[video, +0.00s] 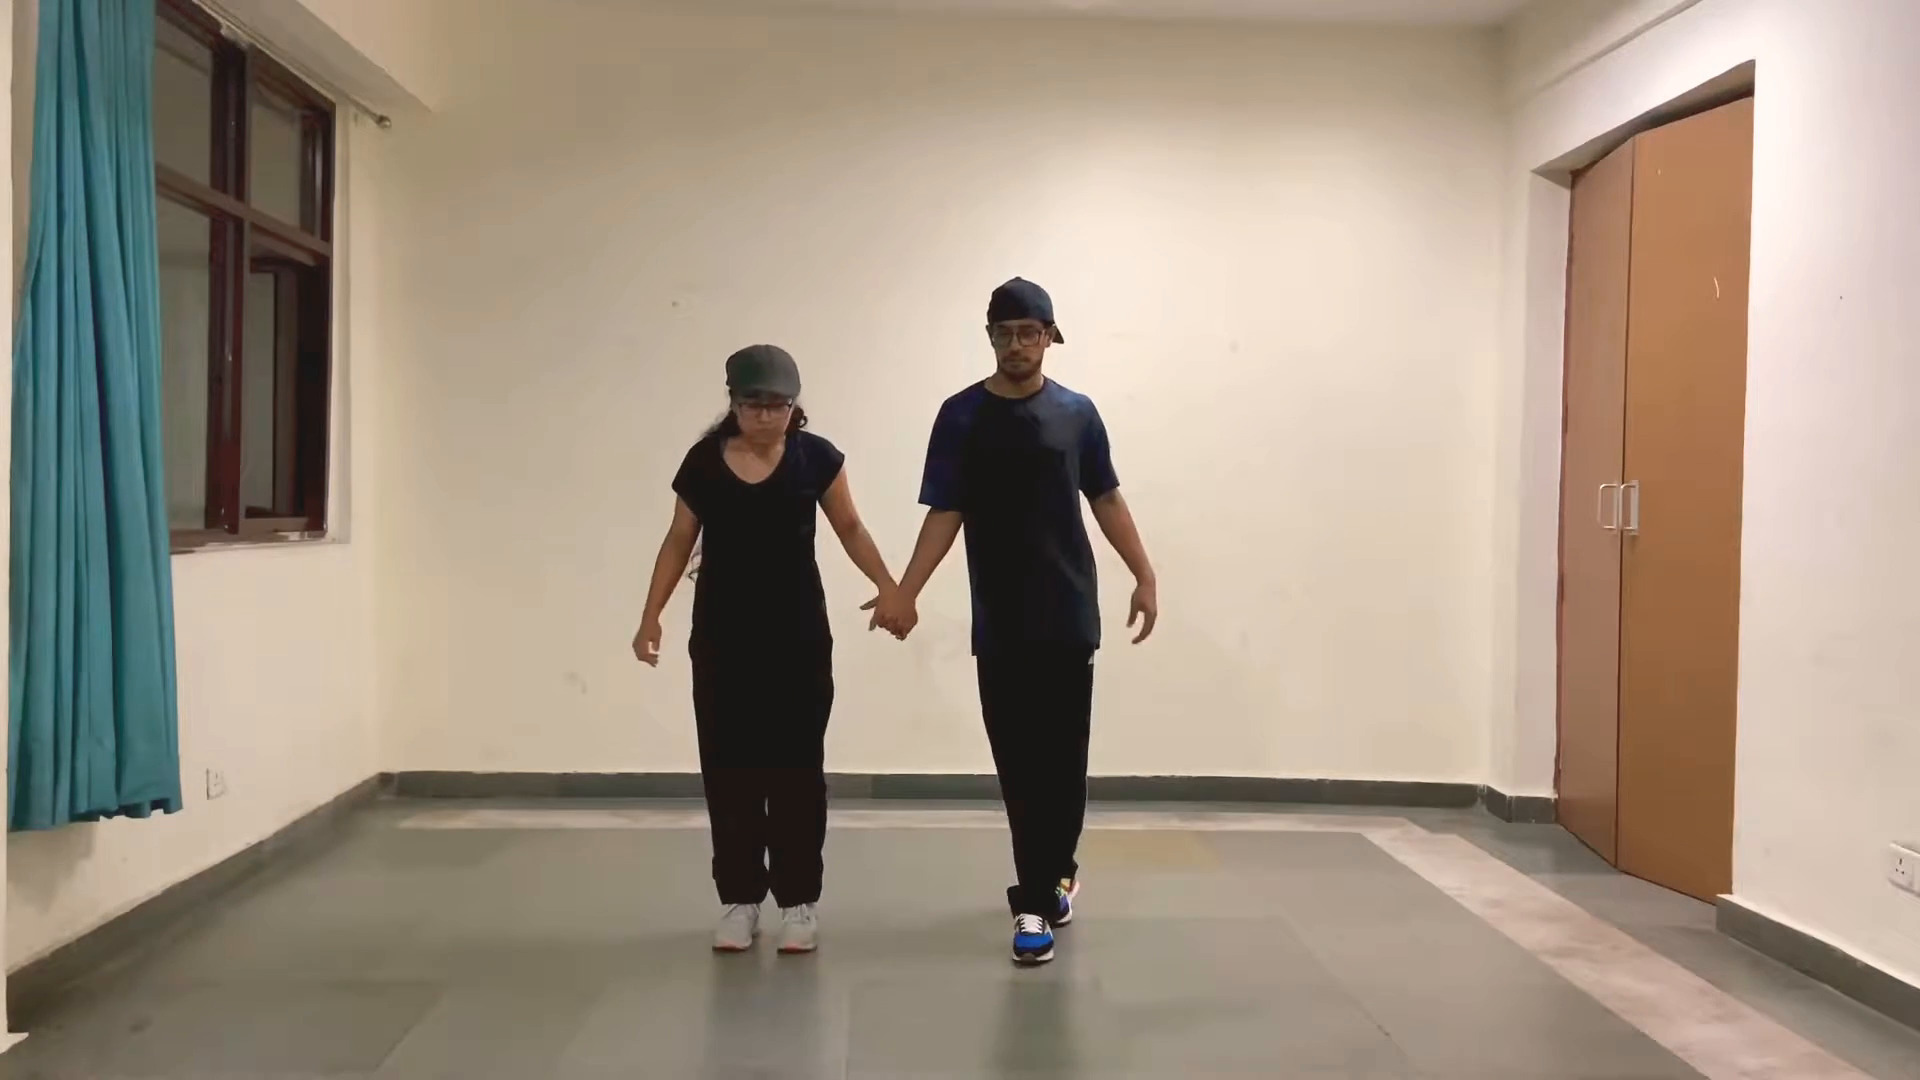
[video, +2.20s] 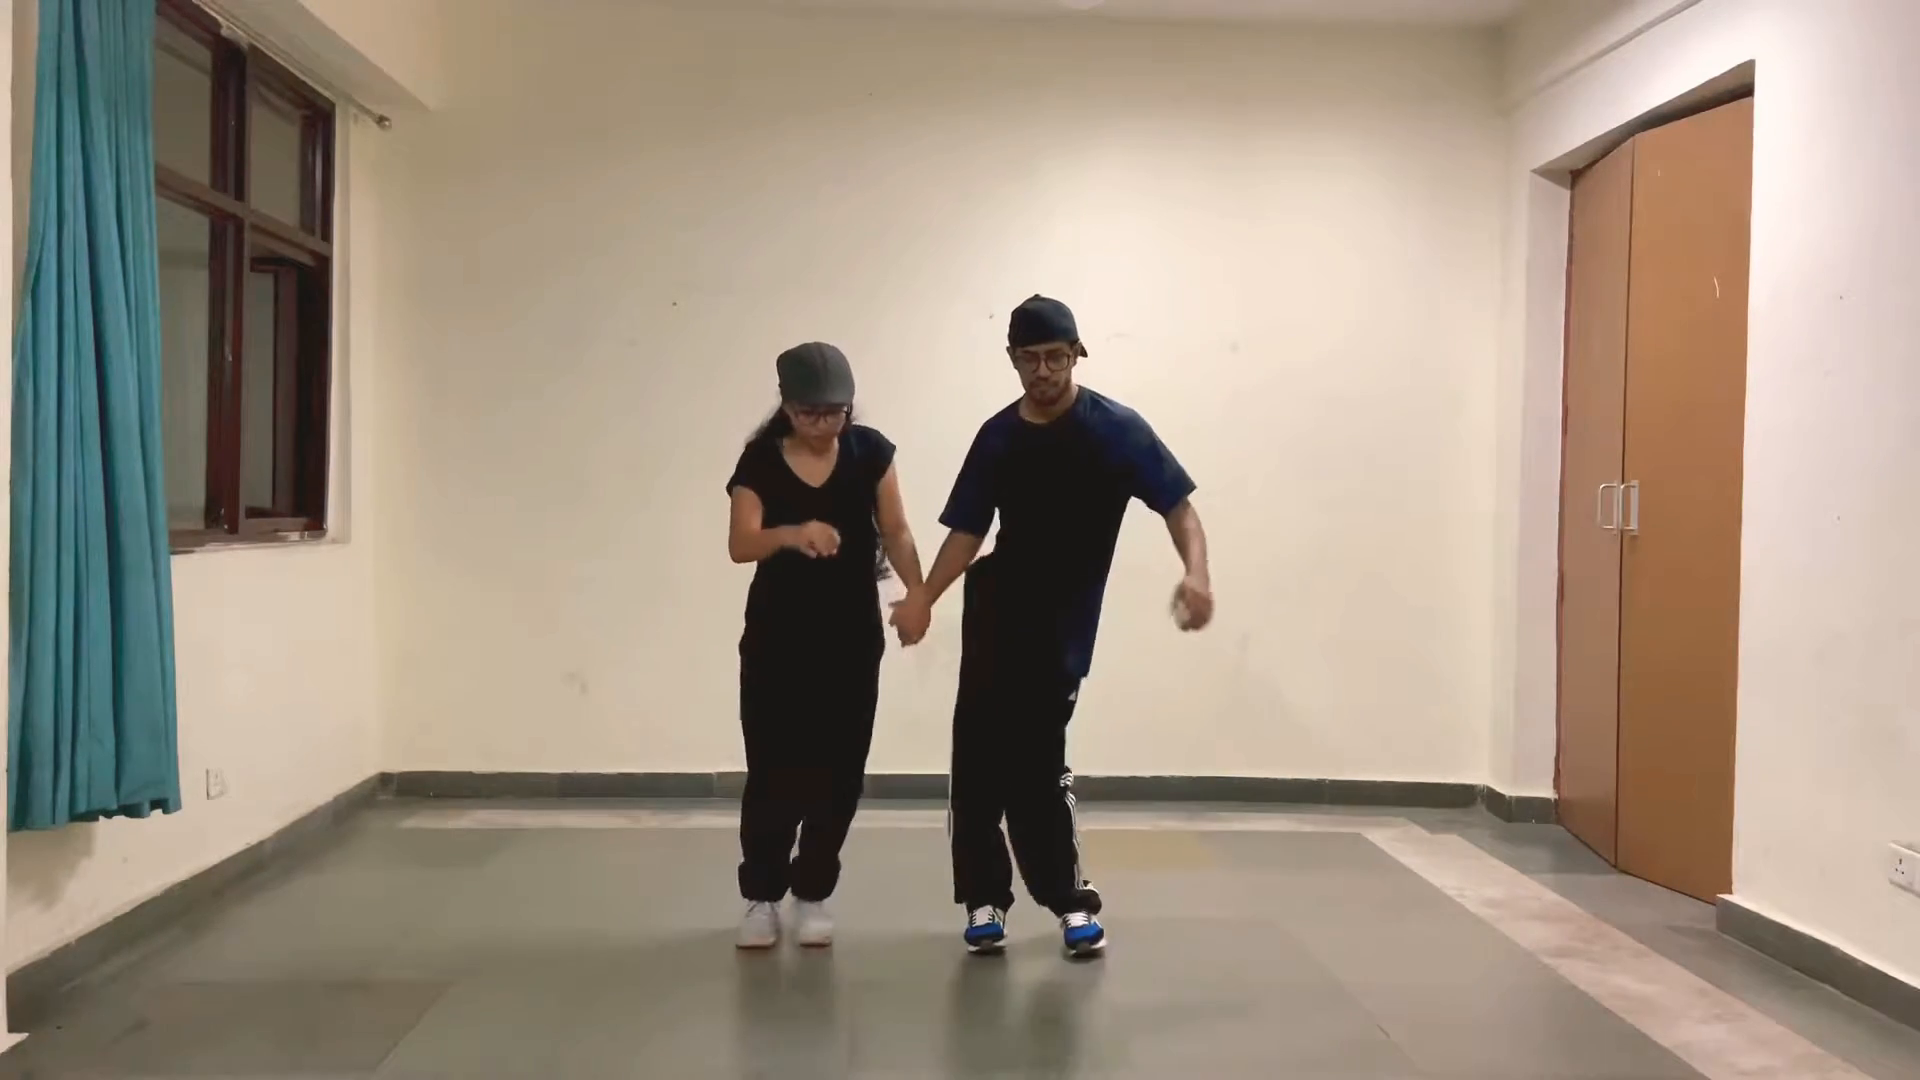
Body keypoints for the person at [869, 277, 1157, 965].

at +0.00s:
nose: (1018, 346)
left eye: (1030, 334)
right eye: (1006, 334)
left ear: (1050, 339)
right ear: (991, 338)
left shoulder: (1077, 413)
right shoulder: (961, 414)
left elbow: (1106, 498)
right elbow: (943, 512)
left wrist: (1145, 573)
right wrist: (905, 591)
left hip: (1068, 613)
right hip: (998, 618)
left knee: (1062, 755)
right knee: (1016, 757)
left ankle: (1037, 898)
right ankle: (1046, 882)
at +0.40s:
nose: (985, 369)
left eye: (997, 357)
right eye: (973, 357)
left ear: (1018, 358)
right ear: (958, 359)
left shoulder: (1046, 432)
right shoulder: (928, 433)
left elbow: (1077, 519)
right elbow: (899, 529)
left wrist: (1114, 566)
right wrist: (856, 616)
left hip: (1037, 627)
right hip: (961, 625)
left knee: (1043, 763)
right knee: (961, 752)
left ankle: (1029, 906)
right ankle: (964, 849)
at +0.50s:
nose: (966, 360)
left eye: (978, 348)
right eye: (954, 349)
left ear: (1001, 348)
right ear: (941, 352)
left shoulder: (1036, 424)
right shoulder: (915, 428)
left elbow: (1073, 504)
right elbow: (889, 524)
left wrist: (1112, 537)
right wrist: (846, 611)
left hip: (1021, 627)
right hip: (943, 625)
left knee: (1032, 762)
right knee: (934, 750)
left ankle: (1026, 907)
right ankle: (896, 862)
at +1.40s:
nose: (993, 374)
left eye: (1005, 361)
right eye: (980, 362)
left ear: (1023, 360)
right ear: (960, 361)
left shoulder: (1056, 430)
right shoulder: (935, 435)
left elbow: (1084, 525)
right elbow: (915, 538)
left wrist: (1132, 607)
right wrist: (886, 620)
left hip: (1046, 622)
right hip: (971, 625)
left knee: (1050, 759)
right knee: (975, 762)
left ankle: (1045, 900)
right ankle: (982, 901)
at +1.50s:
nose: (1001, 379)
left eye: (1013, 366)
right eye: (987, 366)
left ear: (1031, 364)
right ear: (969, 368)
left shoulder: (1061, 435)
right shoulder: (940, 442)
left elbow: (1066, 543)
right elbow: (923, 539)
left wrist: (1058, 633)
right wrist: (899, 626)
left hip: (1059, 611)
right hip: (985, 617)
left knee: (1078, 748)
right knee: (987, 756)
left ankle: (1089, 879)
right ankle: (987, 901)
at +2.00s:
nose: (1030, 371)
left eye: (1042, 359)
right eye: (1017, 359)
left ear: (1062, 359)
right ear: (999, 361)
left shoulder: (1096, 434)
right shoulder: (975, 431)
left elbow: (1133, 530)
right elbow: (958, 515)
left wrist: (1093, 561)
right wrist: (936, 583)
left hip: (1069, 619)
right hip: (993, 618)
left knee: (1081, 756)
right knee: (989, 765)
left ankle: (1134, 873)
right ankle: (990, 898)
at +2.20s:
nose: (1043, 370)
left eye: (1055, 357)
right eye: (1030, 358)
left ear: (1076, 356)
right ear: (1014, 361)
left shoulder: (1119, 433)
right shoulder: (999, 436)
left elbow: (1178, 505)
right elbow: (965, 531)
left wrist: (1196, 573)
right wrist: (923, 596)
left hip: (1063, 622)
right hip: (993, 615)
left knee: (1035, 764)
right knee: (978, 759)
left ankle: (1073, 904)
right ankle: (984, 899)